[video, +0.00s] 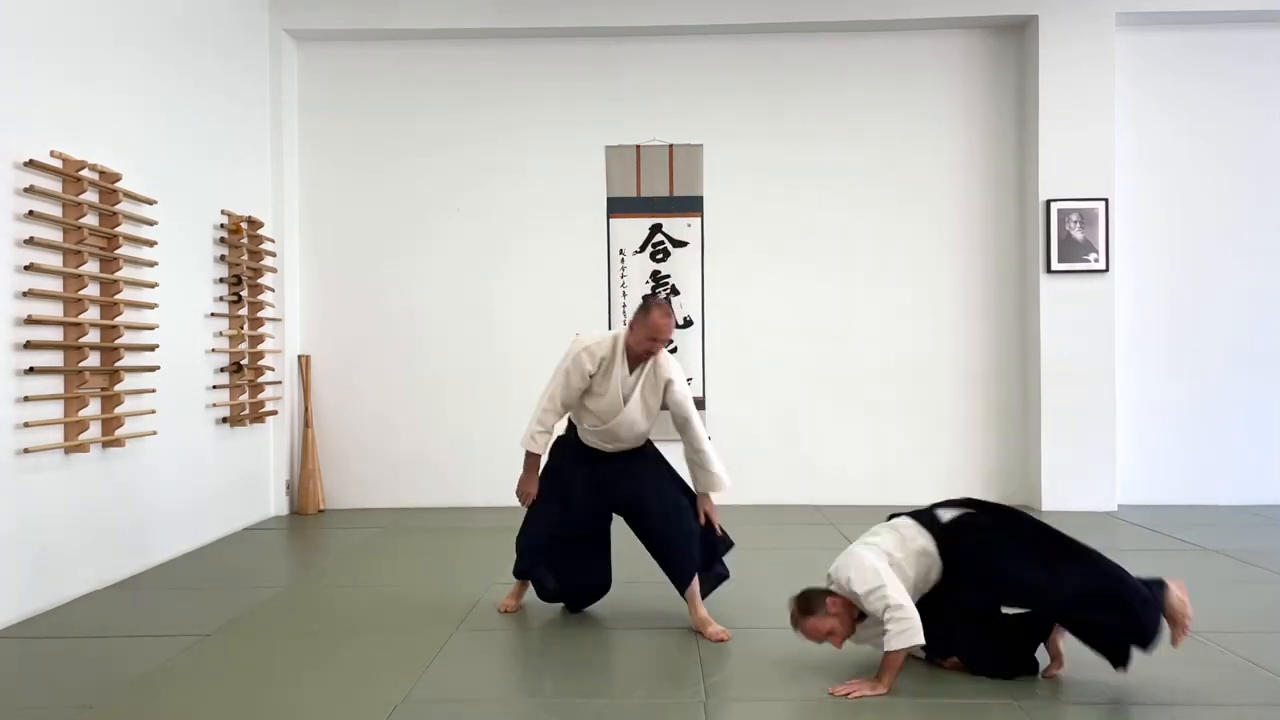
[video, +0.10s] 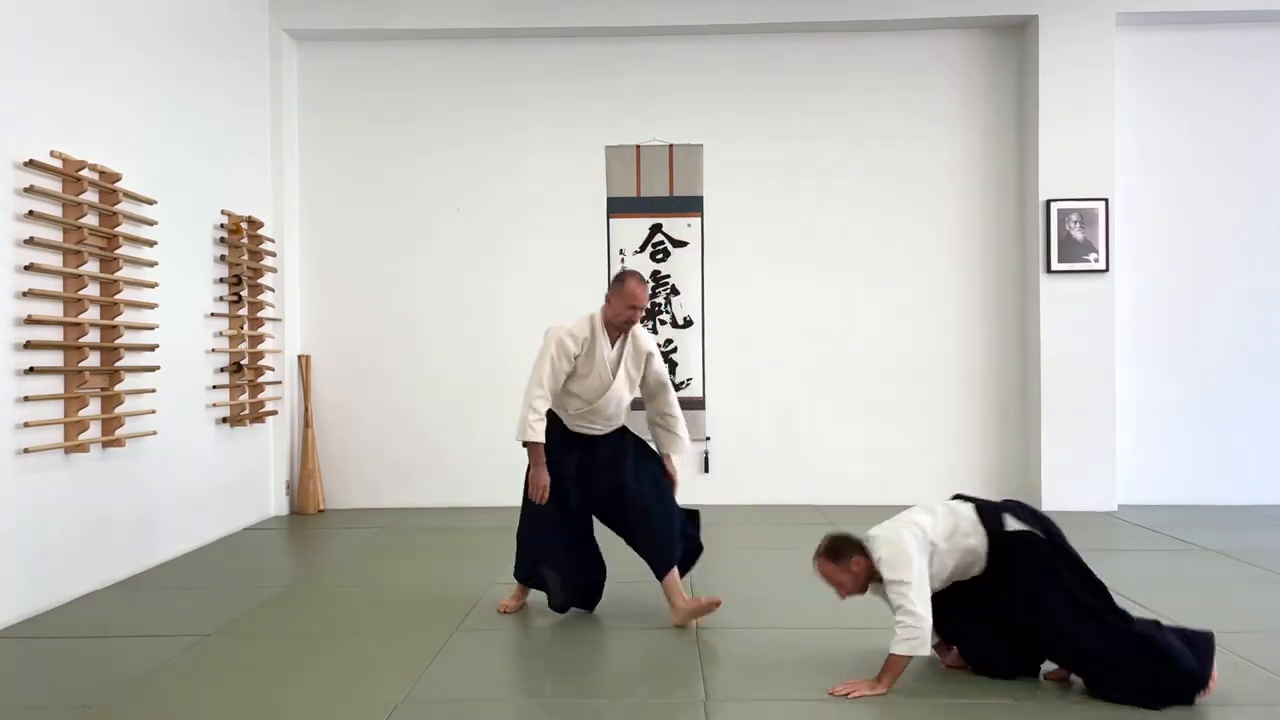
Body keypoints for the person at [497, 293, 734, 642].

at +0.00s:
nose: (657, 348)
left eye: (664, 342)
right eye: (651, 339)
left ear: (670, 338)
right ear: (631, 327)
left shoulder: (665, 370)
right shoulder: (589, 354)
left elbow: (691, 428)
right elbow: (549, 408)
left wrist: (704, 492)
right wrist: (529, 472)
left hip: (634, 456)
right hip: (580, 453)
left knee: (676, 521)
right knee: (541, 520)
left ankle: (698, 611)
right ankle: (519, 586)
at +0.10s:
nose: (636, 317)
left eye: (642, 310)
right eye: (631, 308)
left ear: (644, 309)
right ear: (609, 299)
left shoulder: (642, 347)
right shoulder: (566, 339)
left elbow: (661, 401)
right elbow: (536, 398)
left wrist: (666, 457)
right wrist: (537, 463)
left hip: (611, 440)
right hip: (562, 437)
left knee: (649, 502)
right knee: (538, 511)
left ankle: (679, 602)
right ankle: (520, 591)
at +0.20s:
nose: (622, 293)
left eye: (626, 286)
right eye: (615, 285)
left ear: (628, 288)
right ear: (592, 283)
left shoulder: (626, 333)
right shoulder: (557, 328)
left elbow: (635, 393)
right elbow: (535, 394)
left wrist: (632, 447)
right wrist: (547, 454)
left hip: (600, 432)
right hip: (552, 430)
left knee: (635, 493)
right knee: (537, 510)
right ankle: (520, 589)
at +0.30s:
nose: (615, 281)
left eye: (617, 275)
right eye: (608, 274)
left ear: (616, 277)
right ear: (584, 274)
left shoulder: (614, 321)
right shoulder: (555, 319)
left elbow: (618, 373)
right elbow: (543, 385)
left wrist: (608, 419)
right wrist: (557, 443)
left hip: (592, 428)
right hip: (546, 430)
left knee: (627, 505)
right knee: (534, 513)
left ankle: (575, 563)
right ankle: (519, 591)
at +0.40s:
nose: (611, 275)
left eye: (613, 269)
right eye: (604, 268)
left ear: (608, 273)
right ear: (580, 270)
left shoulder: (598, 317)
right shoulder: (559, 315)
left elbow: (586, 378)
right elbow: (549, 380)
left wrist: (588, 425)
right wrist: (567, 436)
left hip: (582, 424)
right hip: (548, 425)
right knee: (540, 506)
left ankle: (537, 572)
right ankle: (520, 589)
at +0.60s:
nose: (618, 281)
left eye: (619, 275)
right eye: (612, 275)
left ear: (595, 279)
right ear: (589, 277)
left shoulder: (591, 315)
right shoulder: (579, 319)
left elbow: (581, 381)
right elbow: (570, 385)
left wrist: (591, 429)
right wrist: (585, 440)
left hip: (570, 426)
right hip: (570, 430)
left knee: (556, 496)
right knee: (578, 504)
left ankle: (522, 555)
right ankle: (531, 585)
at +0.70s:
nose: (630, 290)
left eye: (630, 284)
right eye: (623, 284)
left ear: (605, 289)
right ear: (601, 287)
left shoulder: (595, 322)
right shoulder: (595, 330)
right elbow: (589, 399)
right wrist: (605, 451)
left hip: (564, 429)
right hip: (579, 433)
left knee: (550, 494)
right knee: (606, 507)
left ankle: (520, 556)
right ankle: (557, 579)